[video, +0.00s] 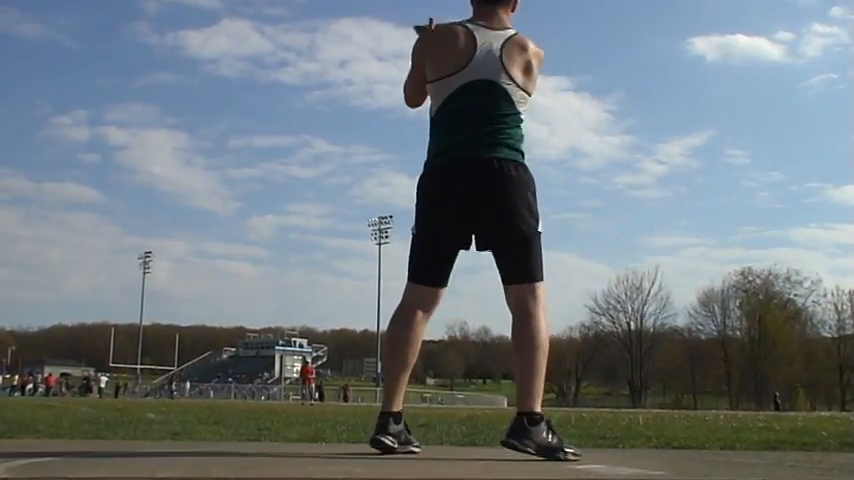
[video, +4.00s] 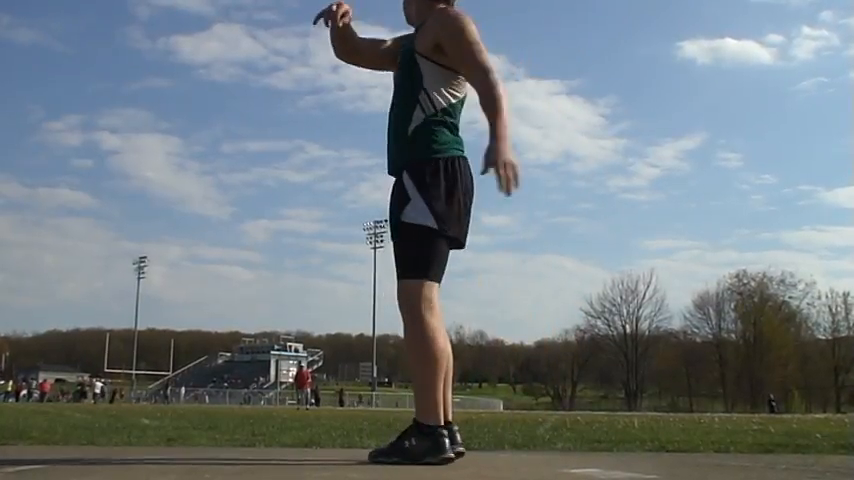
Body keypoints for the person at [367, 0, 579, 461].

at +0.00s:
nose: (517, 11)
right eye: (519, 7)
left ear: (471, 4)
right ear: (514, 7)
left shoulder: (435, 38)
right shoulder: (529, 50)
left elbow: (414, 96)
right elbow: (518, 90)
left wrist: (425, 42)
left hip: (443, 179)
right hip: (506, 180)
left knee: (418, 302)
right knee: (529, 304)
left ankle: (389, 419)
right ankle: (530, 421)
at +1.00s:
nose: (573, 81)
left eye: (578, 72)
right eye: (571, 69)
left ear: (555, 63)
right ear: (546, 57)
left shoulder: (546, 122)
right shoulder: (504, 99)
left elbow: (571, 188)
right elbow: (459, 150)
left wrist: (630, 222)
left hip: (465, 236)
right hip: (486, 228)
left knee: (514, 347)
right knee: (576, 314)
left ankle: (412, 404)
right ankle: (527, 432)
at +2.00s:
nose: (496, 19)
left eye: (454, 11)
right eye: (499, 15)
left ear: (452, 12)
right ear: (497, 16)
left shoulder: (415, 57)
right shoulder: (511, 60)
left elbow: (392, 117)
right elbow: (456, 51)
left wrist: (394, 52)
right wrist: (400, 22)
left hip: (433, 195)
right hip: (495, 193)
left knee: (408, 313)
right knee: (521, 313)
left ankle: (379, 431)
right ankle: (524, 432)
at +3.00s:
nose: (587, 116)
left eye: (590, 107)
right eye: (586, 104)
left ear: (562, 101)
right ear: (561, 98)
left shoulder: (558, 154)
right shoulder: (497, 127)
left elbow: (568, 182)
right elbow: (417, 147)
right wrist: (344, 165)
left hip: (443, 254)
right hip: (472, 248)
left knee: (490, 352)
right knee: (573, 324)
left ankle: (405, 416)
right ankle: (528, 433)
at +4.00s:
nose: (404, 5)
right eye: (404, 3)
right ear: (428, 2)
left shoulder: (448, 21)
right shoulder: (412, 42)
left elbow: (487, 81)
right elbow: (350, 50)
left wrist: (500, 144)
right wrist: (340, 21)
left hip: (431, 172)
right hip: (422, 173)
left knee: (418, 303)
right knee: (421, 305)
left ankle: (429, 431)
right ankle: (441, 428)